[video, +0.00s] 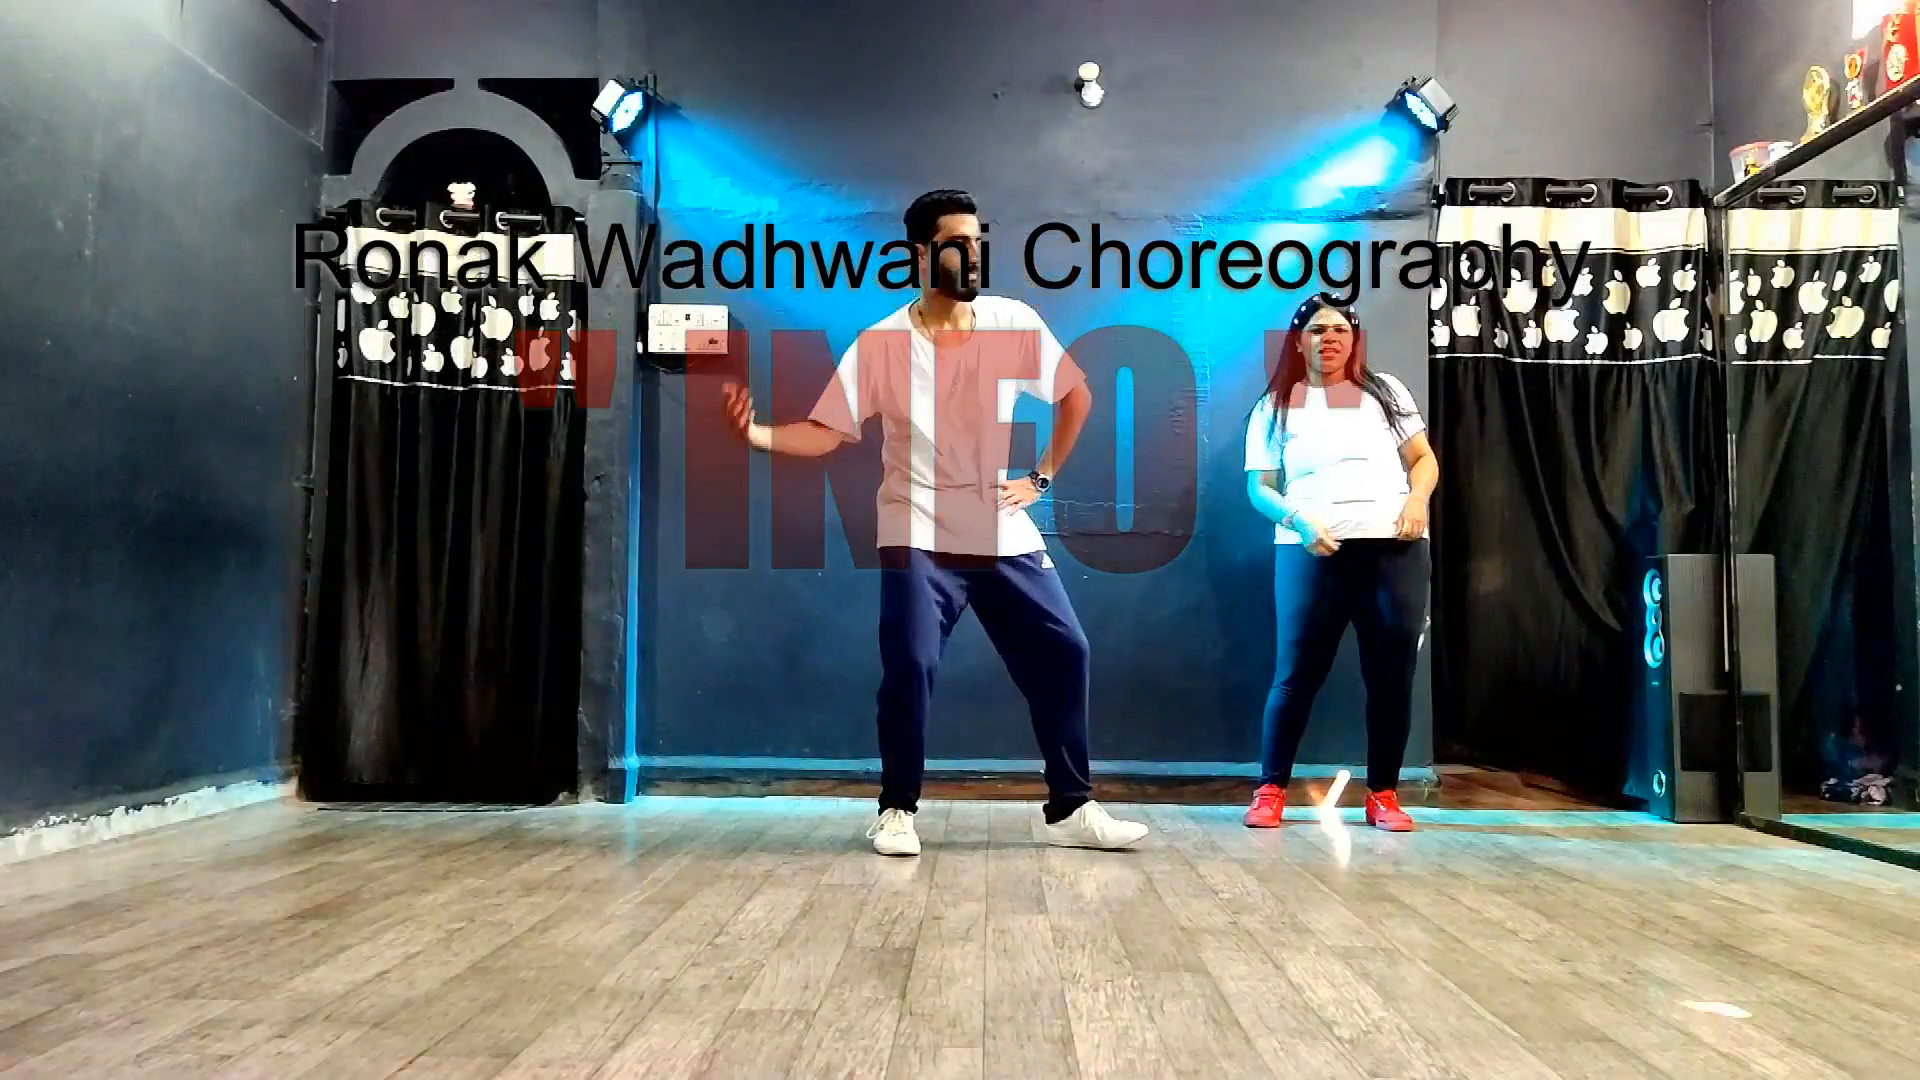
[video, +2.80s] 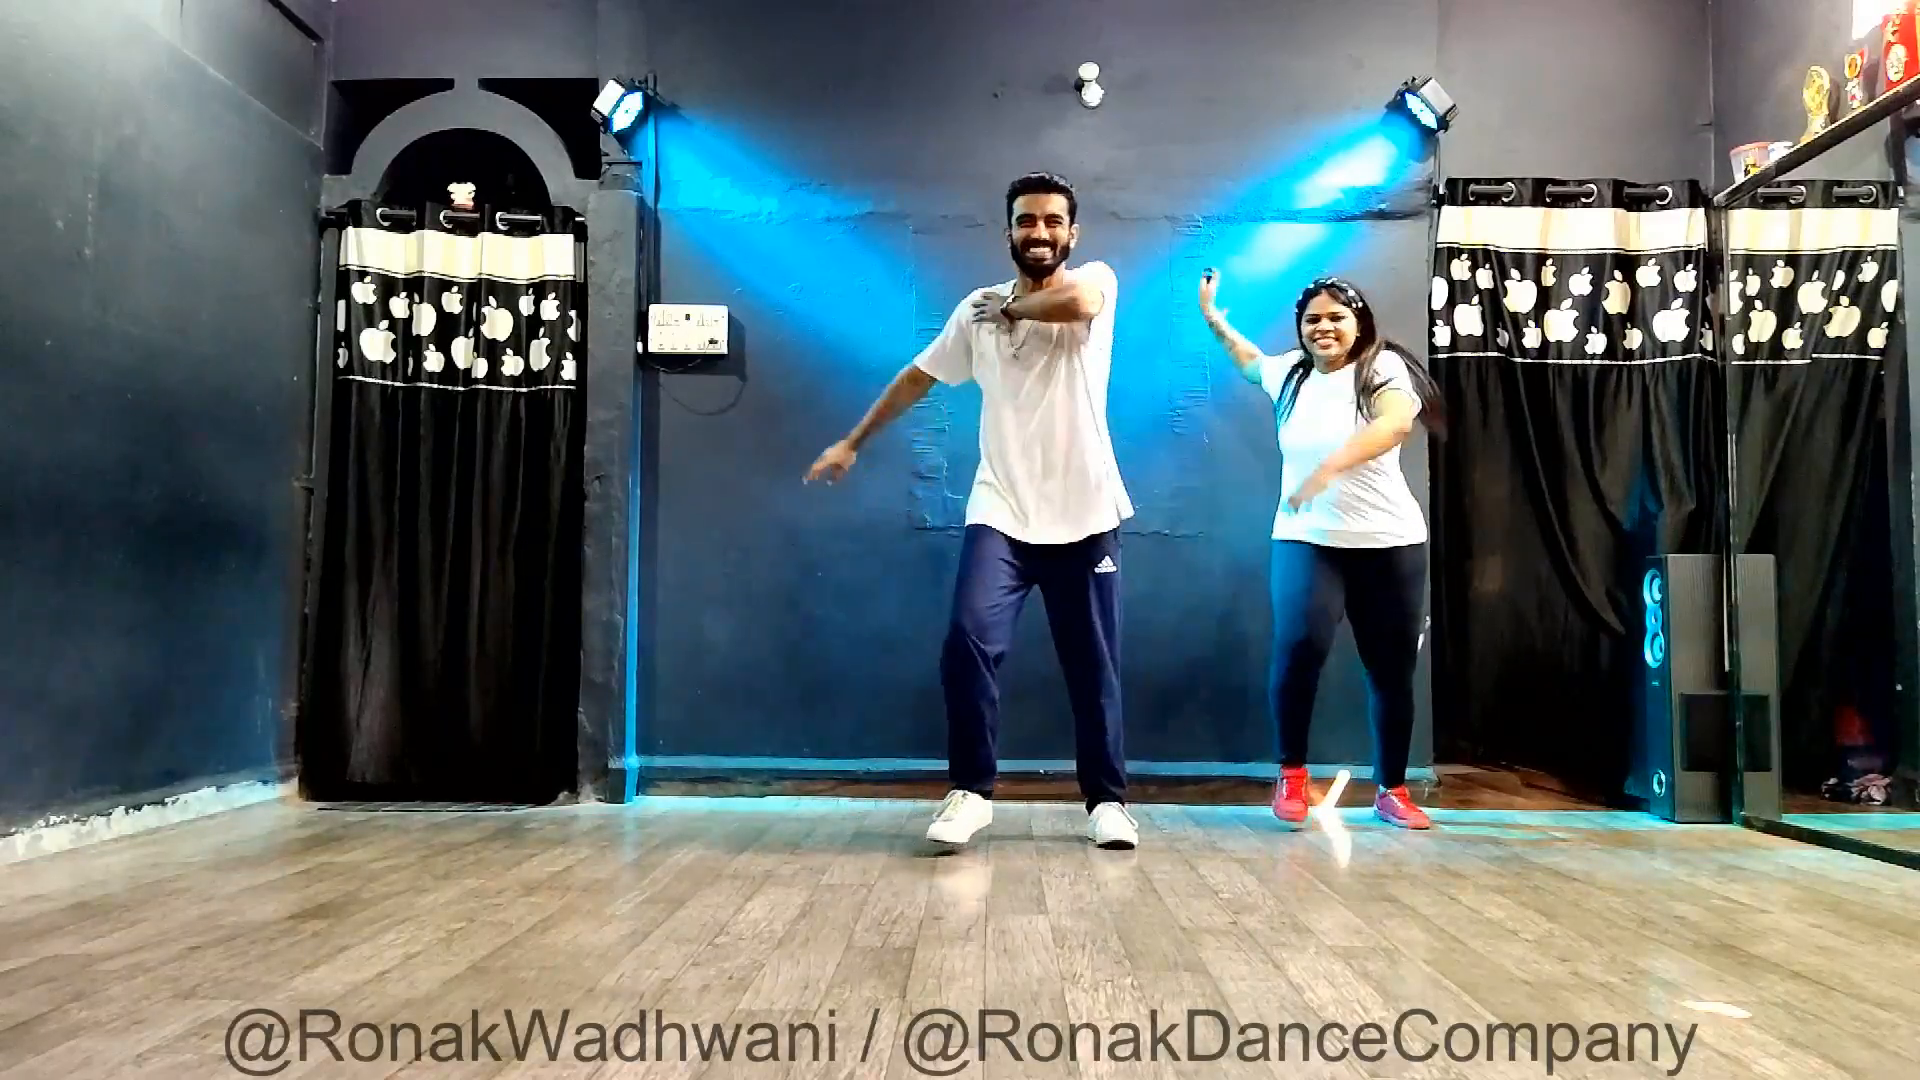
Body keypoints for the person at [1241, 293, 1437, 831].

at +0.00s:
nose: (1329, 338)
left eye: (1338, 330)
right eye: (1318, 330)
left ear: (1354, 339)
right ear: (1300, 340)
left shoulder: (1386, 391)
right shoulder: (1274, 407)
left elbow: (1424, 460)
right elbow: (1261, 488)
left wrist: (1417, 497)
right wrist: (1302, 521)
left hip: (1391, 548)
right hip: (1310, 552)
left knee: (1391, 680)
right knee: (1294, 676)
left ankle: (1382, 795)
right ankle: (1270, 790)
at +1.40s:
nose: (1303, 366)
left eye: (1311, 353)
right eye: (1291, 360)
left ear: (1331, 352)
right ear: (1283, 371)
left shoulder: (1374, 405)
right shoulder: (1280, 426)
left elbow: (1397, 480)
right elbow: (1253, 505)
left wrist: (1328, 509)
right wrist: (1226, 570)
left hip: (1339, 557)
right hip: (1265, 554)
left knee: (1337, 680)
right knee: (1241, 668)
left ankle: (1380, 796)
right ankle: (1276, 793)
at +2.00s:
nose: (1338, 361)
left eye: (1346, 350)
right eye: (1324, 354)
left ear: (1358, 355)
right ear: (1303, 362)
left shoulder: (1372, 412)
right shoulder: (1277, 413)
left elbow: (1405, 476)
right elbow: (1255, 483)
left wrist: (1426, 538)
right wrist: (1254, 547)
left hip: (1378, 553)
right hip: (1306, 552)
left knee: (1422, 669)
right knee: (1326, 674)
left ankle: (1392, 796)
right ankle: (1293, 795)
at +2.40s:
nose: (1352, 324)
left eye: (1362, 317)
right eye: (1342, 317)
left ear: (1379, 330)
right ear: (1324, 330)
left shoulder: (1395, 395)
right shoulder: (1291, 380)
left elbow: (1403, 468)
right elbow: (1276, 455)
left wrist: (1351, 483)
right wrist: (1317, 482)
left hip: (1365, 547)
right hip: (1290, 543)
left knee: (1382, 671)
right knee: (1296, 672)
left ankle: (1378, 791)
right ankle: (1288, 792)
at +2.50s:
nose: (1364, 329)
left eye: (1376, 321)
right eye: (1355, 320)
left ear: (1394, 333)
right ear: (1339, 329)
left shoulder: (1404, 391)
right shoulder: (1295, 377)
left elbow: (1392, 452)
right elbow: (1243, 428)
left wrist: (1310, 445)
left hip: (1373, 544)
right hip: (1296, 539)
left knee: (1385, 672)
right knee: (1300, 670)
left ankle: (1380, 793)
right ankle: (1289, 792)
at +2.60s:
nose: (1367, 326)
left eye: (1379, 319)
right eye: (1357, 319)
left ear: (1398, 333)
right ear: (1343, 329)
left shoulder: (1408, 386)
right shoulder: (1299, 373)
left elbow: (1392, 438)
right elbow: (1221, 400)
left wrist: (1304, 429)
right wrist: (1181, 378)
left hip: (1378, 544)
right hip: (1298, 538)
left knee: (1386, 675)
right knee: (1302, 671)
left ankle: (1381, 792)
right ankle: (1289, 793)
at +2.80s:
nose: (1324, 328)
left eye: (1336, 319)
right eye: (1313, 320)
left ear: (1359, 325)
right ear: (1302, 329)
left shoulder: (1383, 366)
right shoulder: (1286, 374)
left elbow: (1395, 425)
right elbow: (1247, 356)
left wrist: (1328, 468)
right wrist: (1213, 316)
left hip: (1385, 540)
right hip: (1306, 538)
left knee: (1392, 669)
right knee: (1299, 644)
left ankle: (1392, 791)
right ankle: (1292, 775)